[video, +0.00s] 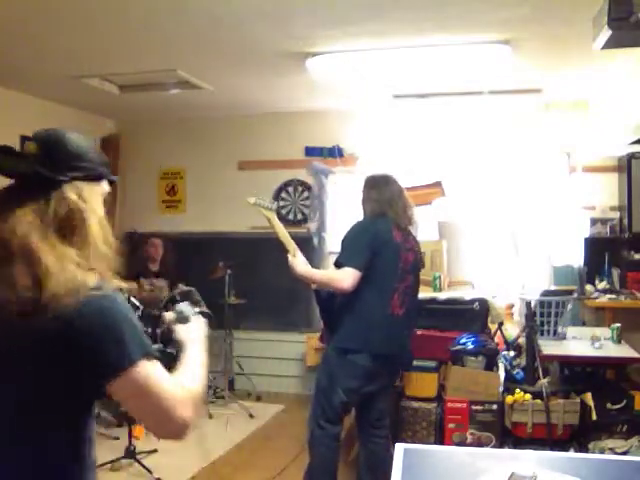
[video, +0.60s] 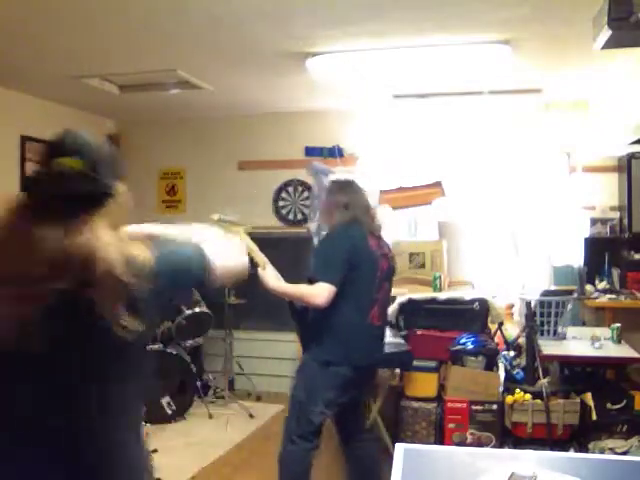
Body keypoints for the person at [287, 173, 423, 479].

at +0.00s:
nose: (362, 202)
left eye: (364, 196)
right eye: (364, 196)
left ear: (369, 198)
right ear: (398, 200)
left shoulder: (367, 230)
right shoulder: (410, 240)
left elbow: (346, 281)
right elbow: (394, 293)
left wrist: (305, 271)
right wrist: (326, 280)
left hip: (355, 346)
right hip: (392, 349)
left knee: (324, 424)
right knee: (376, 431)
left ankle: (320, 474)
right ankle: (375, 476)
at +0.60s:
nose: (322, 214)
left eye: (325, 207)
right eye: (323, 207)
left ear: (337, 207)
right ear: (361, 206)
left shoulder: (341, 238)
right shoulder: (377, 243)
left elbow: (321, 295)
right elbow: (370, 300)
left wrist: (276, 285)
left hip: (331, 358)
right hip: (363, 357)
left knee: (299, 439)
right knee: (357, 435)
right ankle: (373, 475)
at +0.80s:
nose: (304, 220)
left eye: (308, 211)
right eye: (305, 212)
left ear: (321, 211)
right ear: (344, 208)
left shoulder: (332, 242)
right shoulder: (366, 245)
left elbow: (312, 301)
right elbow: (362, 302)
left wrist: (269, 291)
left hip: (319, 360)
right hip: (352, 359)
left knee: (289, 443)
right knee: (350, 436)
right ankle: (366, 475)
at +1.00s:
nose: (306, 220)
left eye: (310, 212)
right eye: (305, 212)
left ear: (326, 211)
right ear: (343, 209)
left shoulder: (331, 241)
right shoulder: (366, 243)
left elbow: (316, 297)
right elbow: (372, 303)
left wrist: (292, 330)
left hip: (323, 354)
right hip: (355, 355)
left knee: (292, 435)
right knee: (349, 429)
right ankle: (364, 474)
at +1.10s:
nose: (309, 213)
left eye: (312, 206)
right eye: (310, 206)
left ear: (322, 207)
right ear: (347, 206)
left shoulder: (329, 239)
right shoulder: (366, 242)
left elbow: (320, 293)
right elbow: (372, 299)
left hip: (324, 350)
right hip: (357, 351)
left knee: (294, 435)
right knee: (350, 430)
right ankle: (365, 473)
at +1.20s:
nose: (312, 216)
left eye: (314, 208)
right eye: (313, 208)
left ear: (321, 210)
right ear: (349, 207)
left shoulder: (322, 245)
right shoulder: (369, 245)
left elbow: (313, 299)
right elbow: (372, 303)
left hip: (323, 350)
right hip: (357, 351)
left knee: (299, 435)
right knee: (351, 428)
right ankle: (366, 473)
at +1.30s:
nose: (311, 216)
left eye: (313, 209)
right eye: (311, 209)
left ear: (323, 208)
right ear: (347, 206)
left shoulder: (328, 241)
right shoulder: (369, 242)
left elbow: (323, 297)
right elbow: (377, 296)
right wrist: (358, 330)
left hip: (330, 349)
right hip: (361, 349)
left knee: (305, 427)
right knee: (349, 423)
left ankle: (295, 473)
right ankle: (366, 473)